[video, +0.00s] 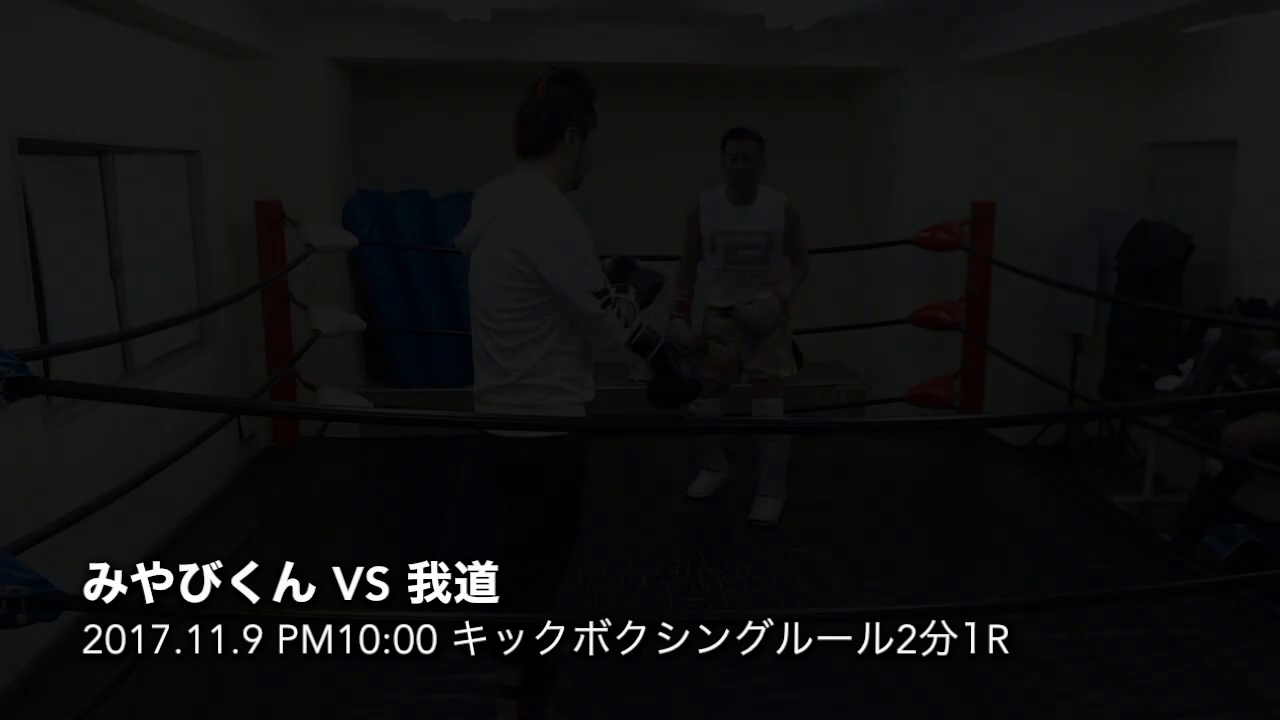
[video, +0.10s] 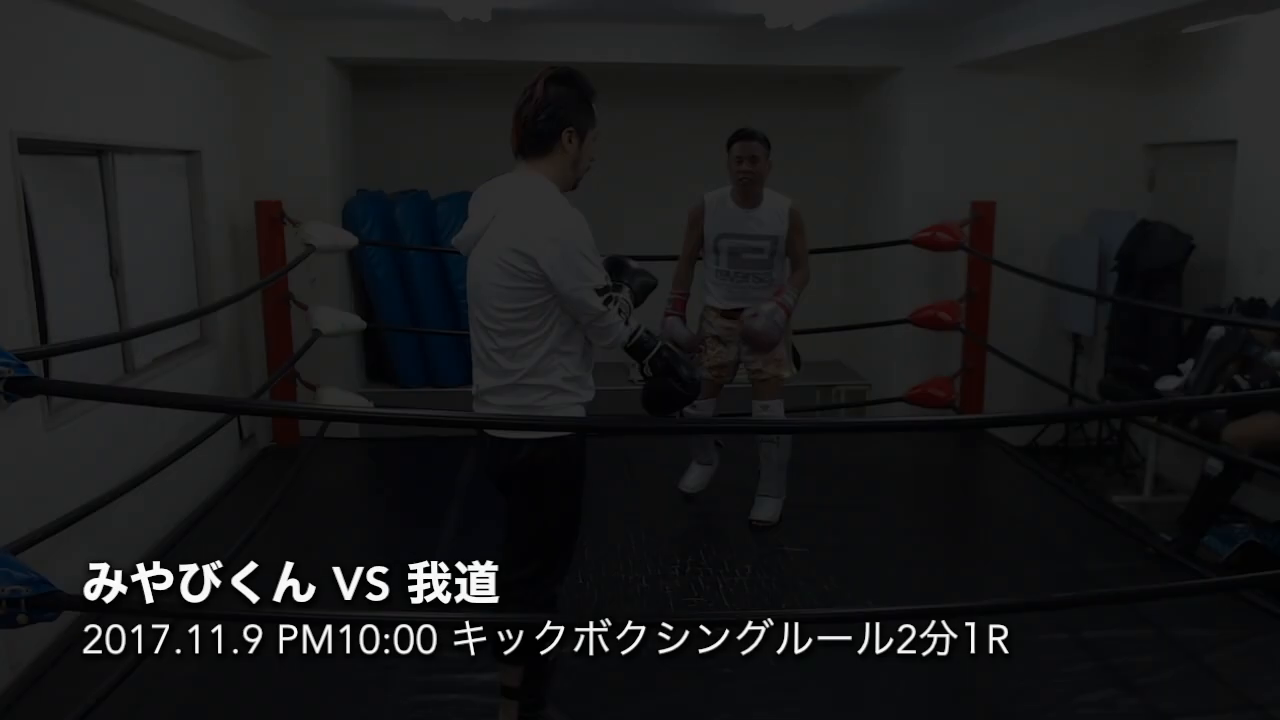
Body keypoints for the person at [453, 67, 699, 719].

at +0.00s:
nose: (591, 152)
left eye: (589, 137)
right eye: (589, 138)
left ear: (532, 132)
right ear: (573, 137)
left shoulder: (496, 201)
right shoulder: (547, 213)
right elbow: (595, 311)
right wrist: (657, 351)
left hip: (502, 411)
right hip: (547, 417)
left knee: (522, 559)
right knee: (543, 563)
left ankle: (520, 688)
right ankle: (527, 693)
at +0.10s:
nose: (593, 151)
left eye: (592, 137)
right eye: (591, 137)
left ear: (535, 133)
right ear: (571, 139)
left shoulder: (491, 199)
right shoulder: (555, 218)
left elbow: (529, 293)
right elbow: (597, 316)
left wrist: (602, 289)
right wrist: (647, 348)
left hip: (499, 410)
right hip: (547, 417)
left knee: (523, 554)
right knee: (545, 560)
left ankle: (519, 685)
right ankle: (523, 694)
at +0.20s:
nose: (591, 154)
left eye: (590, 140)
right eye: (589, 140)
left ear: (531, 133)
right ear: (568, 140)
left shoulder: (488, 202)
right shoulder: (554, 219)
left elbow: (534, 302)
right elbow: (599, 326)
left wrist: (605, 296)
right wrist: (649, 352)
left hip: (499, 413)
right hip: (546, 421)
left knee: (524, 556)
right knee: (546, 562)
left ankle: (519, 686)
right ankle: (522, 696)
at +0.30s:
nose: (587, 150)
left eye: (586, 136)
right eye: (585, 136)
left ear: (525, 133)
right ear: (565, 139)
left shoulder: (479, 204)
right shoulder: (554, 220)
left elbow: (525, 305)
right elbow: (596, 328)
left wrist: (598, 302)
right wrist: (646, 334)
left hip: (494, 415)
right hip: (547, 423)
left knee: (520, 559)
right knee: (543, 568)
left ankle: (513, 683)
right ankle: (524, 698)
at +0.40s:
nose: (585, 151)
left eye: (584, 137)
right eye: (582, 137)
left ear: (523, 133)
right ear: (560, 139)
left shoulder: (477, 203)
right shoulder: (549, 221)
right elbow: (591, 319)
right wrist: (645, 367)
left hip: (494, 416)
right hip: (545, 425)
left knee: (521, 558)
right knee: (540, 567)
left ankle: (515, 678)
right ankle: (521, 697)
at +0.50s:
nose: (584, 155)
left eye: (584, 142)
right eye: (581, 142)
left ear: (524, 135)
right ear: (556, 141)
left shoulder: (478, 202)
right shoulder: (546, 222)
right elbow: (593, 319)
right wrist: (643, 372)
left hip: (496, 415)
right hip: (543, 426)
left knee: (524, 555)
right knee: (541, 564)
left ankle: (516, 674)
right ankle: (518, 697)